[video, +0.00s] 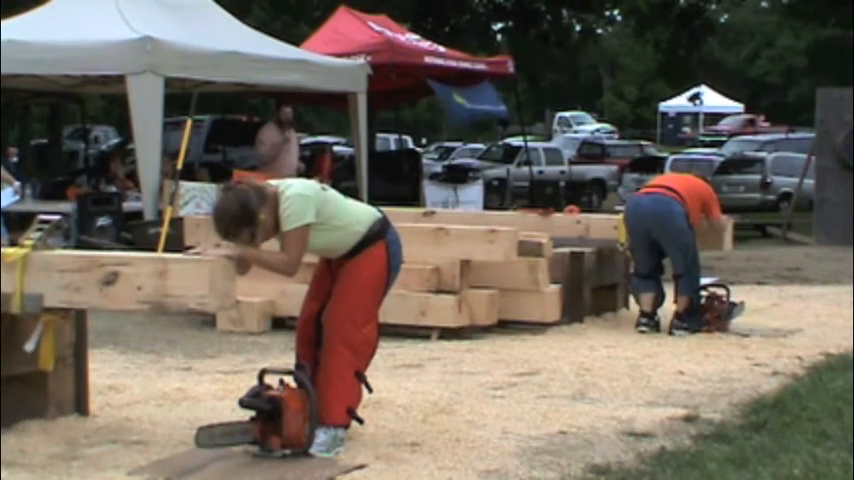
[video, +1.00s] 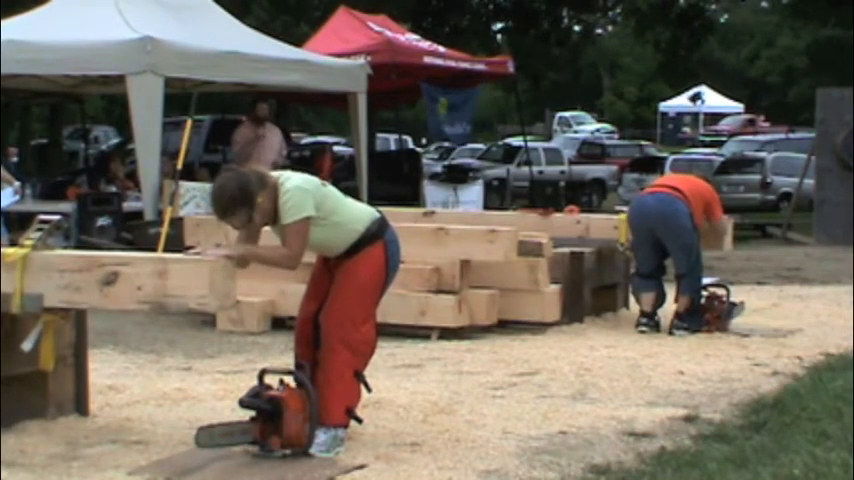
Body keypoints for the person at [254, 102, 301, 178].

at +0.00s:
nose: (287, 116)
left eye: (289, 113)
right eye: (284, 113)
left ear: (292, 115)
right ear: (278, 114)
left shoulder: (292, 133)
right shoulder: (267, 131)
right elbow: (262, 158)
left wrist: (297, 165)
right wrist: (282, 143)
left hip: (288, 177)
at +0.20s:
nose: (284, 116)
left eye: (286, 112)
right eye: (280, 112)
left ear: (289, 114)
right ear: (274, 113)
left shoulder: (286, 132)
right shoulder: (264, 131)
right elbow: (260, 158)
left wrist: (294, 165)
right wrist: (279, 143)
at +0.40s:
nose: (277, 114)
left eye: (279, 111)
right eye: (274, 111)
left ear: (282, 113)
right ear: (268, 112)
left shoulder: (283, 132)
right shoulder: (257, 130)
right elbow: (254, 157)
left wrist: (289, 164)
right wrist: (271, 142)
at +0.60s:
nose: (271, 115)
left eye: (273, 112)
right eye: (268, 112)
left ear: (276, 114)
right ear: (261, 113)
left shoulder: (279, 133)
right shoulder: (250, 131)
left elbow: (284, 157)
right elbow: (244, 157)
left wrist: (286, 165)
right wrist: (262, 143)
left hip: (275, 176)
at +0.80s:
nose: (264, 114)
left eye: (267, 111)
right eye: (262, 110)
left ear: (271, 113)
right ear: (255, 112)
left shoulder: (276, 132)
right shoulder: (246, 129)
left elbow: (282, 155)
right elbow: (237, 150)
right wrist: (255, 141)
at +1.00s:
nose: (262, 113)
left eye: (265, 110)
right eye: (260, 109)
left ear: (269, 112)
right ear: (253, 111)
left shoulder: (275, 131)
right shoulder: (243, 130)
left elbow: (283, 153)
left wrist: (276, 163)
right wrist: (254, 140)